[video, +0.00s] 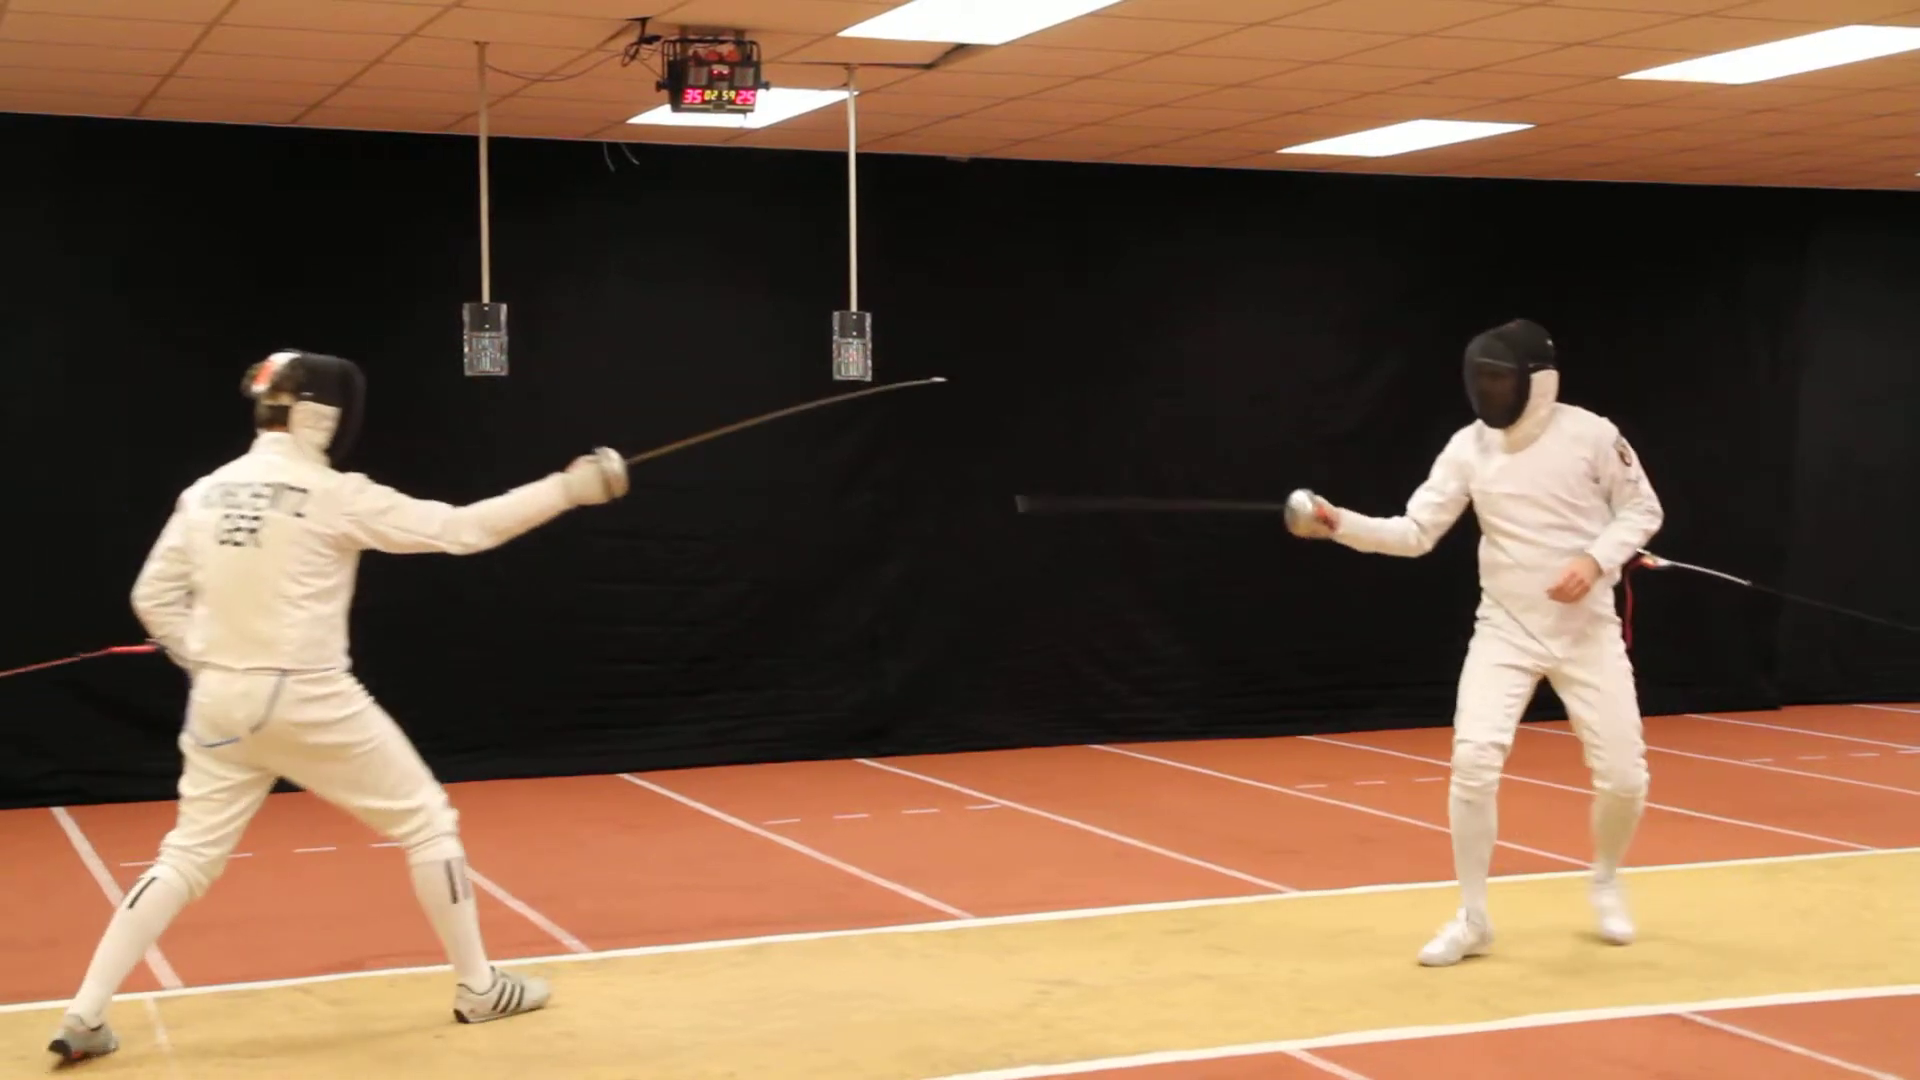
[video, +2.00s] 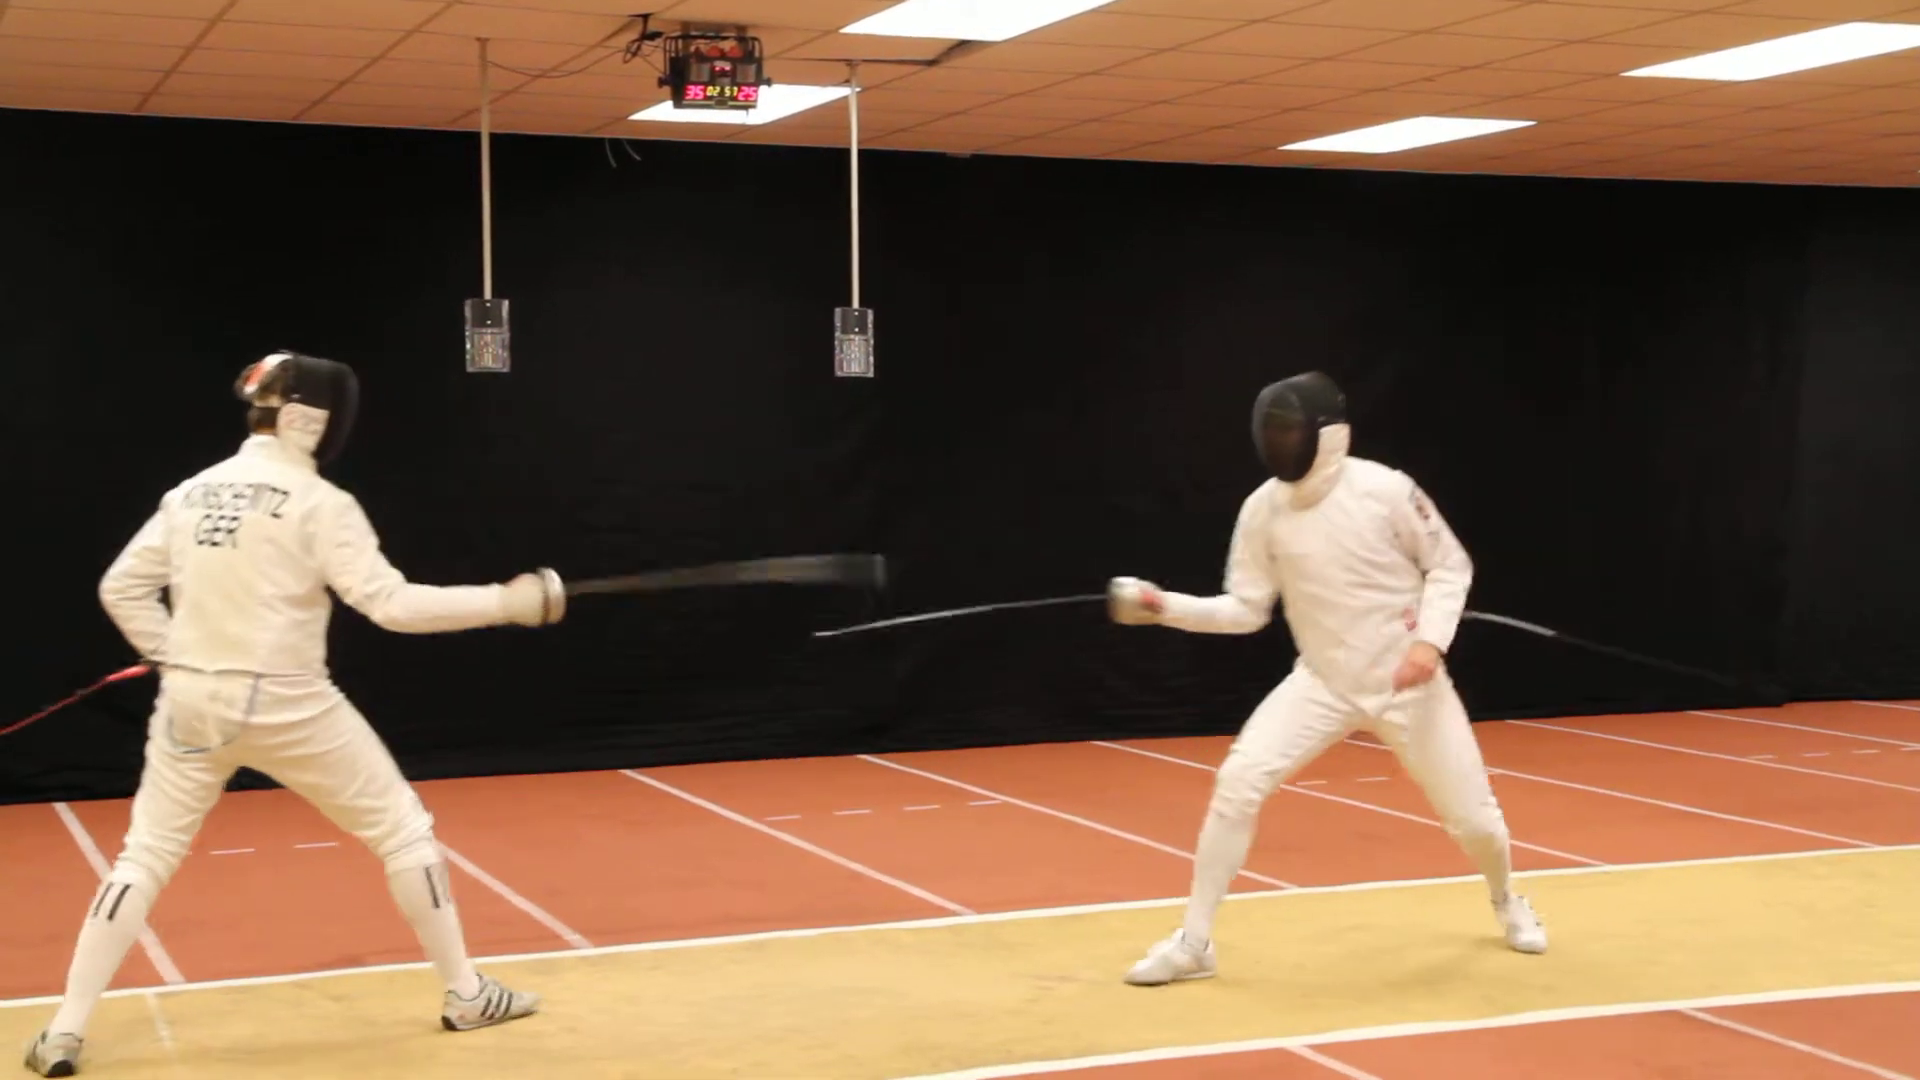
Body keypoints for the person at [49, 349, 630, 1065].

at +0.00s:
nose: (342, 423)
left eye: (338, 410)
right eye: (334, 410)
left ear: (267, 413)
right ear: (312, 417)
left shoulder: (204, 493)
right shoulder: (334, 495)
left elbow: (154, 596)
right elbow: (462, 529)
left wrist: (213, 663)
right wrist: (571, 485)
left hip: (218, 700)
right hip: (313, 698)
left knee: (185, 857)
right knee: (427, 823)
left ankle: (83, 1015)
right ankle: (479, 984)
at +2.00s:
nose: (336, 431)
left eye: (334, 418)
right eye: (334, 420)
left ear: (261, 412)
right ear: (316, 421)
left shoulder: (193, 493)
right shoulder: (320, 503)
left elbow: (121, 588)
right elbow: (391, 603)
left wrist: (179, 662)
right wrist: (510, 600)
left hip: (189, 702)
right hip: (289, 702)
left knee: (143, 857)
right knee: (402, 832)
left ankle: (65, 1029)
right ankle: (466, 991)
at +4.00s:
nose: (504, 443)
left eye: (501, 430)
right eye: (499, 430)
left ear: (439, 423)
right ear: (473, 432)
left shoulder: (370, 491)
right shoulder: (476, 504)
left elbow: (304, 581)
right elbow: (538, 599)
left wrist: (350, 656)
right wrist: (647, 589)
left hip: (340, 684)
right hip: (426, 688)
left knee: (291, 831)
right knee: (536, 807)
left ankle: (192, 987)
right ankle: (554, 975)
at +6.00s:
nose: (411, 451)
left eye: (410, 438)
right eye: (406, 438)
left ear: (346, 434)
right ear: (383, 437)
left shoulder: (287, 510)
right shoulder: (383, 510)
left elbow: (230, 599)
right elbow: (459, 588)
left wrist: (280, 671)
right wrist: (570, 561)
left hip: (277, 708)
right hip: (362, 707)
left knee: (264, 850)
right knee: (483, 808)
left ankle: (187, 1001)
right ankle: (530, 975)